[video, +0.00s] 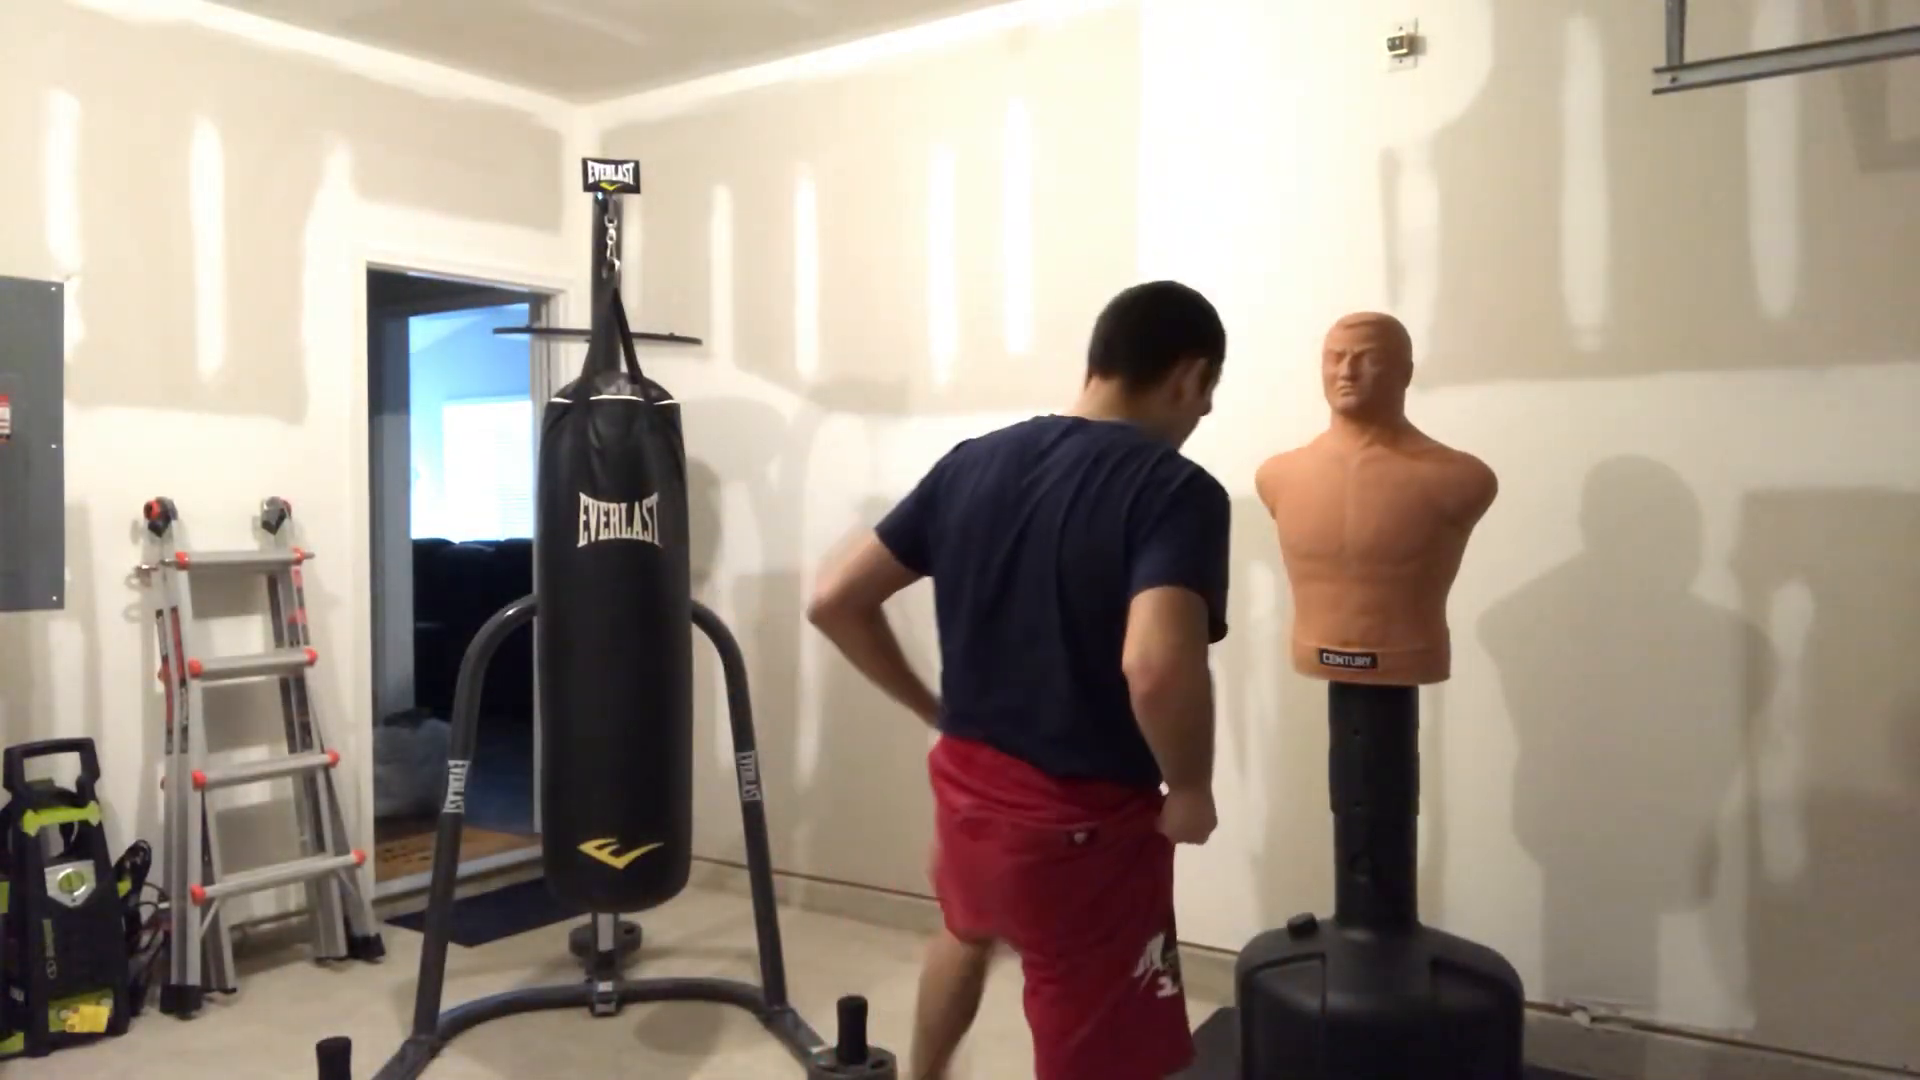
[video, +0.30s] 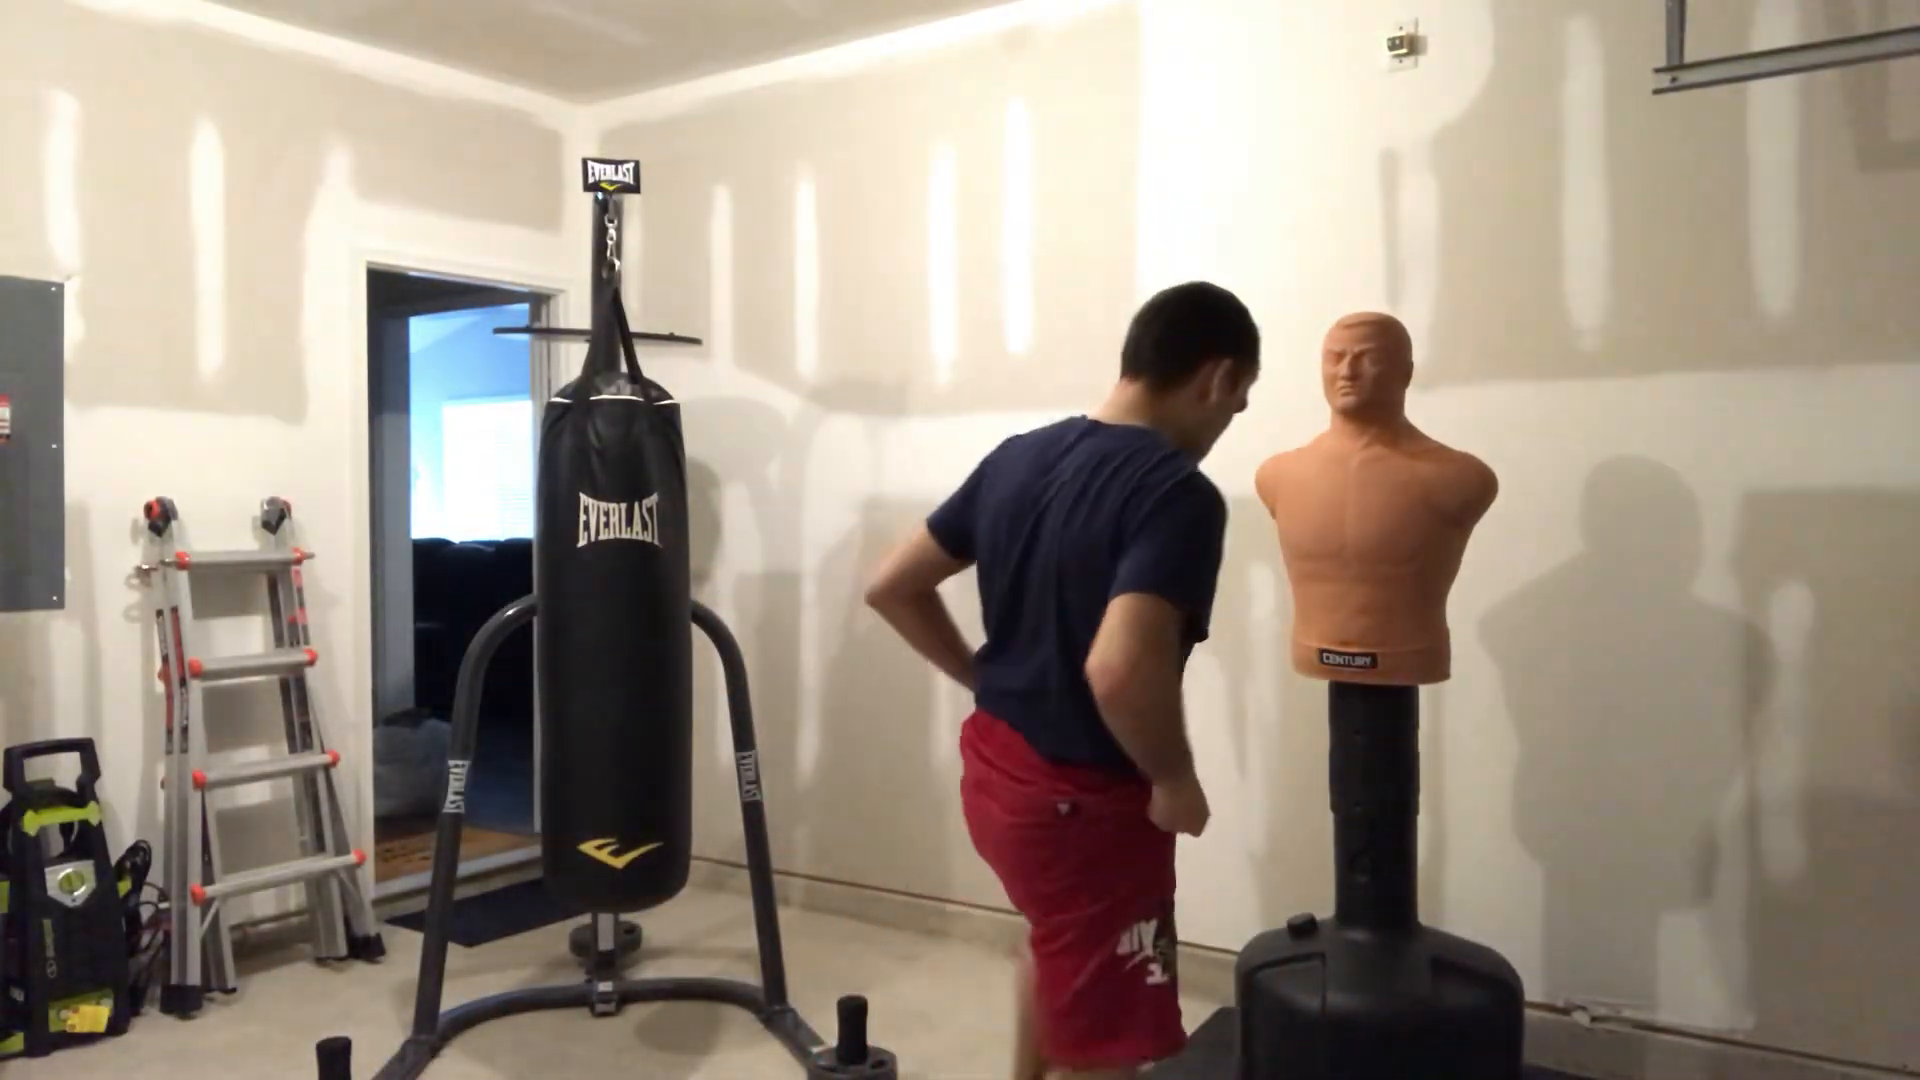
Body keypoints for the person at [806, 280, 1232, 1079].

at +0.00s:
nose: (1204, 411)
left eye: (1212, 392)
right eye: (1209, 389)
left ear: (1097, 363)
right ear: (1186, 378)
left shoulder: (979, 461)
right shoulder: (1175, 488)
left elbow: (837, 602)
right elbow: (1157, 666)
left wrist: (935, 710)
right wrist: (1189, 789)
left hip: (966, 801)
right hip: (1082, 839)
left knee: (962, 935)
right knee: (1100, 1063)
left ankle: (921, 1073)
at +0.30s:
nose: (1232, 418)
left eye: (1241, 399)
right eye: (1240, 396)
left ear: (1133, 360)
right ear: (1218, 379)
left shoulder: (1023, 456)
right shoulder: (1178, 492)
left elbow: (894, 587)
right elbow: (1121, 667)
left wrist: (979, 673)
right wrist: (1174, 777)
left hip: (994, 774)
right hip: (1083, 807)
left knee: (1053, 945)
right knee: (1107, 1049)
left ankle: (1034, 1068)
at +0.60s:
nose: (1213, 404)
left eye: (1215, 383)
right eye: (1210, 380)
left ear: (1122, 373)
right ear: (1177, 379)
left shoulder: (1082, 476)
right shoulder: (1093, 490)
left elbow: (978, 652)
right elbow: (992, 668)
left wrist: (1110, 753)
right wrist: (1122, 777)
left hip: (1061, 795)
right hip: (1075, 804)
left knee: (1089, 1026)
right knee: (1165, 1050)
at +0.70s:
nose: (1198, 338)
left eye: (1199, 315)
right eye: (1193, 313)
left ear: (1104, 309)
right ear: (1156, 313)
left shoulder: (1068, 408)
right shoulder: (1089, 418)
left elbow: (1001, 575)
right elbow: (992, 583)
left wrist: (1129, 678)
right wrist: (1131, 681)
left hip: (1062, 726)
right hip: (1075, 734)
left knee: (1073, 985)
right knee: (1142, 1016)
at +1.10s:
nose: (1156, 379)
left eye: (1156, 357)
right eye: (1154, 356)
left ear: (1051, 361)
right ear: (1126, 354)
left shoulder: (1030, 470)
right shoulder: (1078, 479)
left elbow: (1056, 612)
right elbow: (1128, 685)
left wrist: (1169, 572)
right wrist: (1269, 593)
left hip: (1020, 806)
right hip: (1052, 819)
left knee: (1088, 1052)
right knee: (1101, 1058)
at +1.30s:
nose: (1145, 339)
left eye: (1145, 316)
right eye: (1142, 315)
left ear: (1041, 318)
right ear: (1111, 314)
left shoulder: (1006, 408)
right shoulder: (1077, 420)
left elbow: (1074, 522)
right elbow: (1222, 577)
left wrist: (1172, 456)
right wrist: (1259, 488)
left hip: (1002, 752)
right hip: (1042, 768)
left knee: (1046, 1044)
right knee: (1069, 1051)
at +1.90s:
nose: (1151, 373)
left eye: (1152, 353)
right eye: (1151, 351)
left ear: (1031, 354)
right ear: (1129, 352)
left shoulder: (984, 462)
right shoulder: (1109, 481)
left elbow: (1063, 529)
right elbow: (1269, 636)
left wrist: (1137, 432)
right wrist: (1294, 518)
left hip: (963, 819)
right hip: (1029, 839)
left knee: (989, 1057)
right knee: (1050, 1061)